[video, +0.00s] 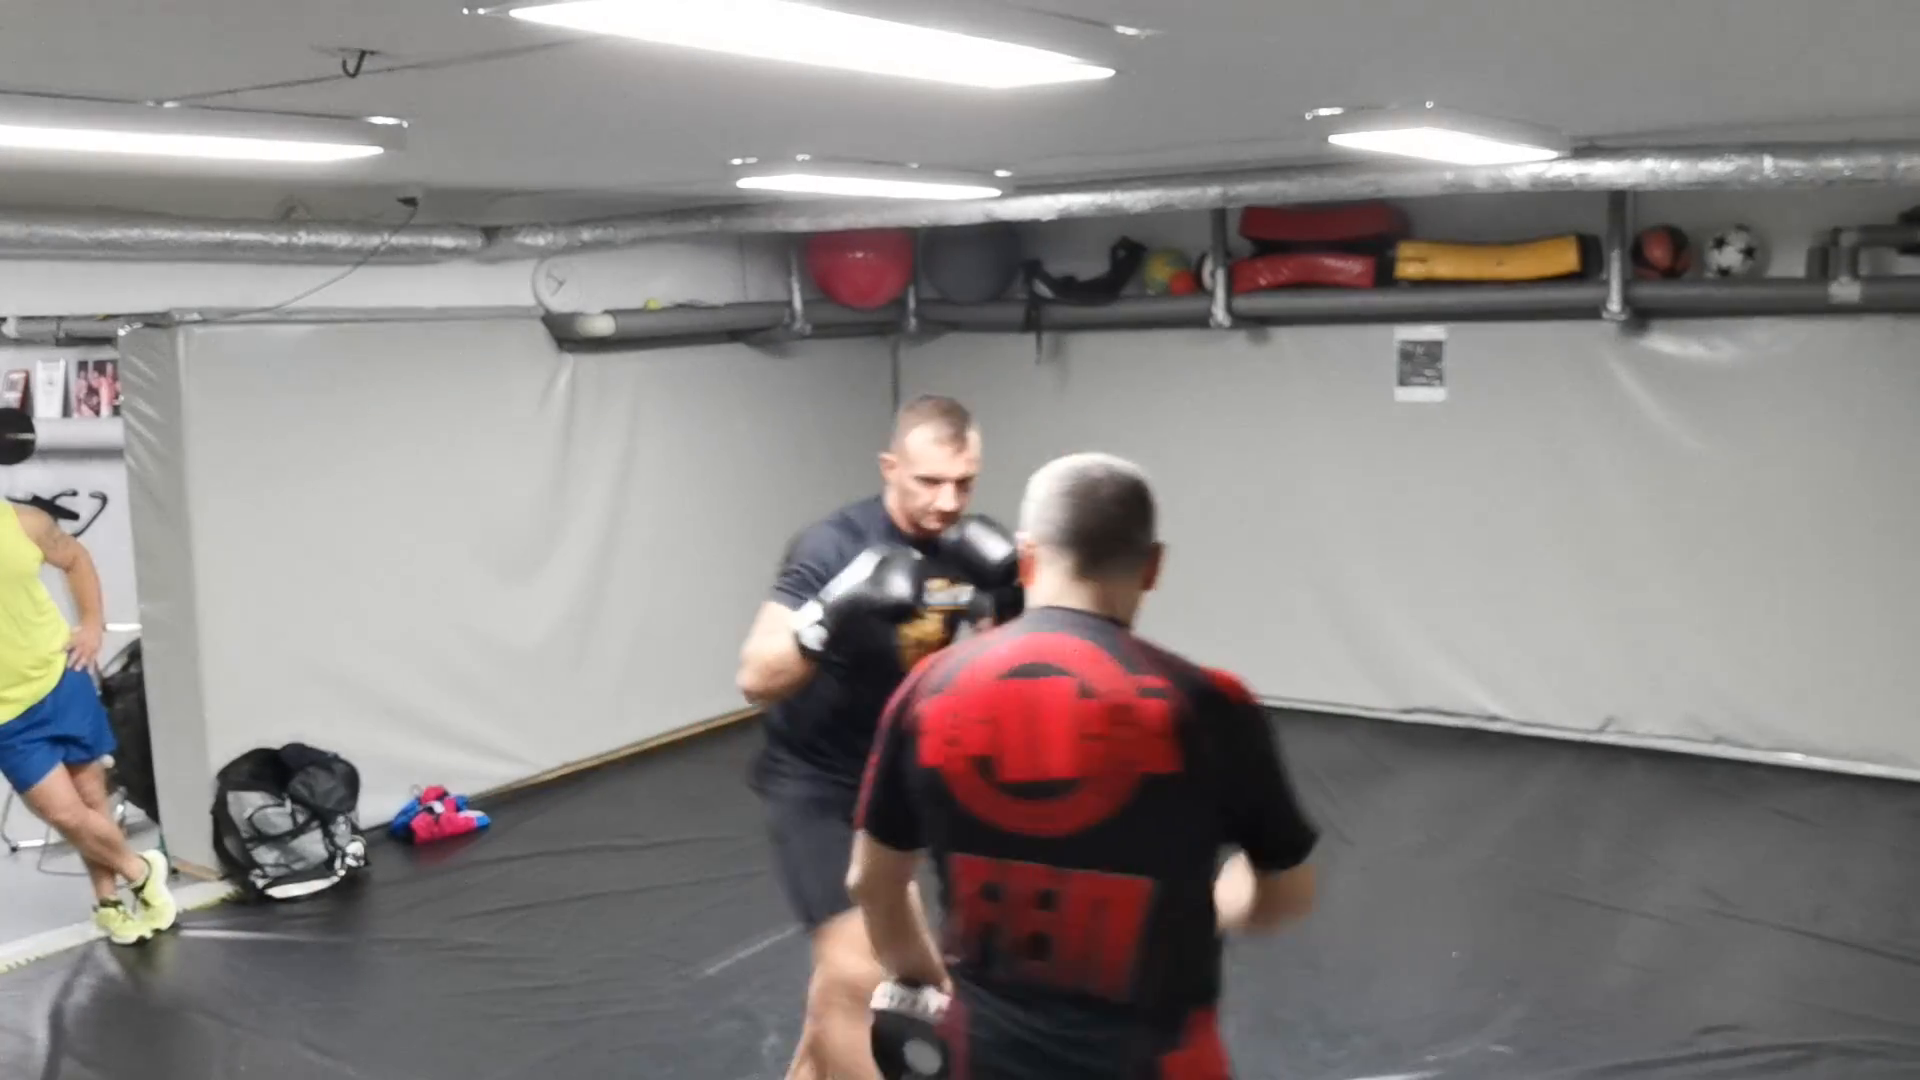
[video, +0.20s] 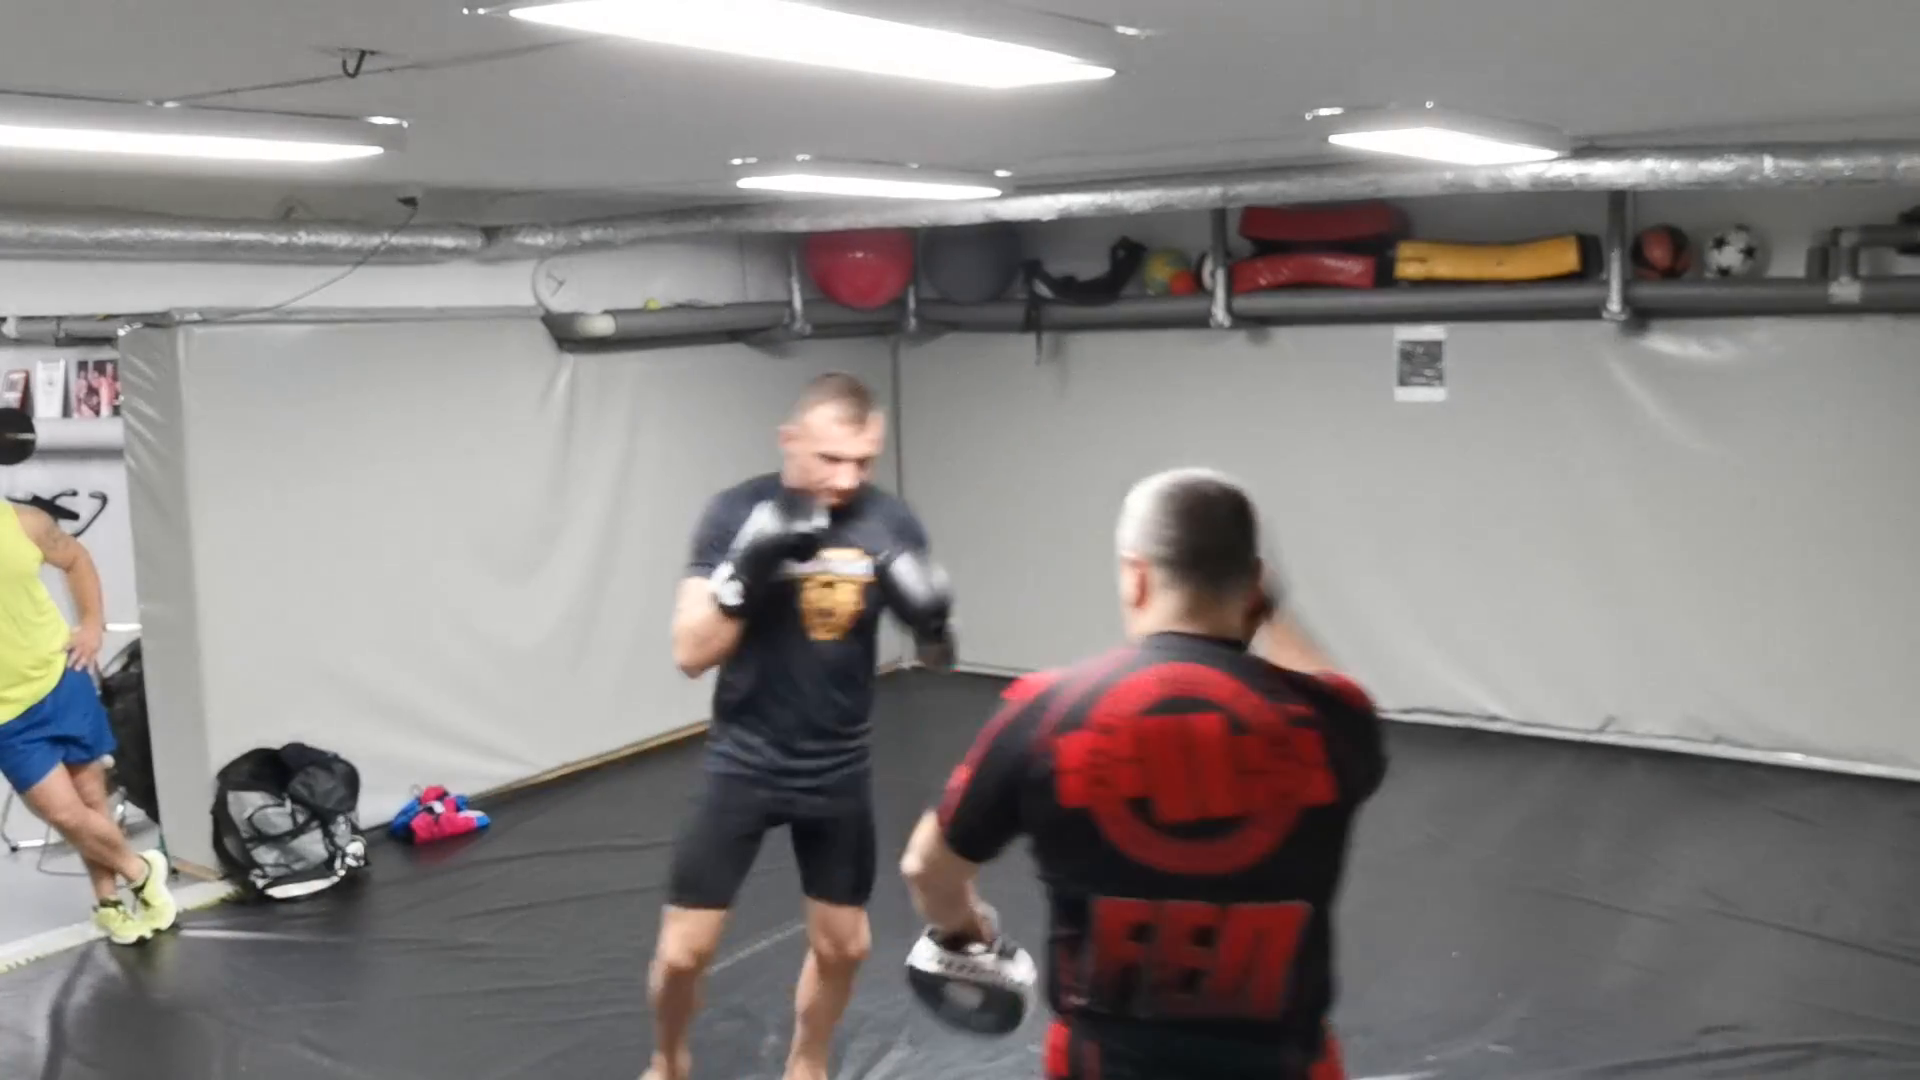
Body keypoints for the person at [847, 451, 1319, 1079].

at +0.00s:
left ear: (1025, 561)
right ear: (1154, 569)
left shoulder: (935, 687)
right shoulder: (1208, 708)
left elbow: (876, 880)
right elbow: (1288, 891)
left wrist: (920, 976)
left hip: (987, 1042)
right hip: (1157, 1050)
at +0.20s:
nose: (1116, 588)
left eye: (1119, 571)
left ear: (1135, 579)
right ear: (1256, 587)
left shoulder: (1050, 710)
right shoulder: (1330, 726)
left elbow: (929, 865)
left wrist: (961, 929)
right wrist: (1262, 612)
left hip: (1102, 1049)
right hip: (1278, 1052)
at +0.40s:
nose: (1180, 573)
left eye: (1183, 556)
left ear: (1202, 566)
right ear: (1324, 583)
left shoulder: (1105, 695)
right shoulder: (1377, 710)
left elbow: (978, 822)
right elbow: (1445, 700)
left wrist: (1008, 889)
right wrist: (1375, 568)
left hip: (1152, 1045)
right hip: (1328, 1051)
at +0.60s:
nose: (1178, 575)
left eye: (1180, 560)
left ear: (1196, 569)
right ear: (1319, 579)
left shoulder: (1096, 687)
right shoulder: (1368, 712)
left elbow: (978, 808)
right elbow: (1472, 742)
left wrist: (1009, 873)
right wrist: (1411, 594)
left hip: (1143, 1046)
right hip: (1320, 1051)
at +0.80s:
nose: (1109, 592)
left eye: (1107, 574)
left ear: (1124, 586)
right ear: (1238, 571)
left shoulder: (1057, 714)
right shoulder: (1327, 708)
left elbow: (938, 915)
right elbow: (1380, 757)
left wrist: (984, 944)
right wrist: (1327, 623)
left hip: (1132, 1048)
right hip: (1304, 1045)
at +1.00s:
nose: (1021, 557)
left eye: (1039, 548)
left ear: (1106, 594)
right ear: (1221, 557)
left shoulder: (1084, 743)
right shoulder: (1307, 647)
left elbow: (1018, 997)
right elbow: (1230, 564)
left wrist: (1031, 1021)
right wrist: (1133, 493)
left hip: (1157, 1047)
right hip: (1324, 1028)